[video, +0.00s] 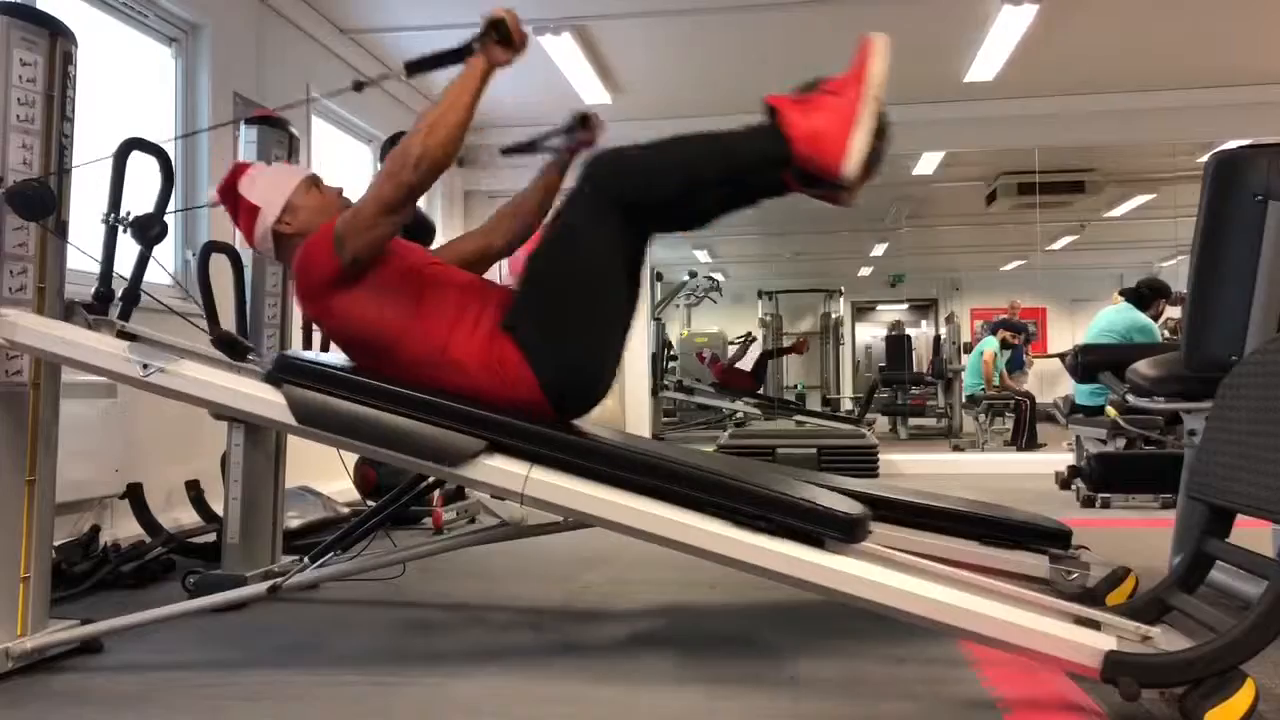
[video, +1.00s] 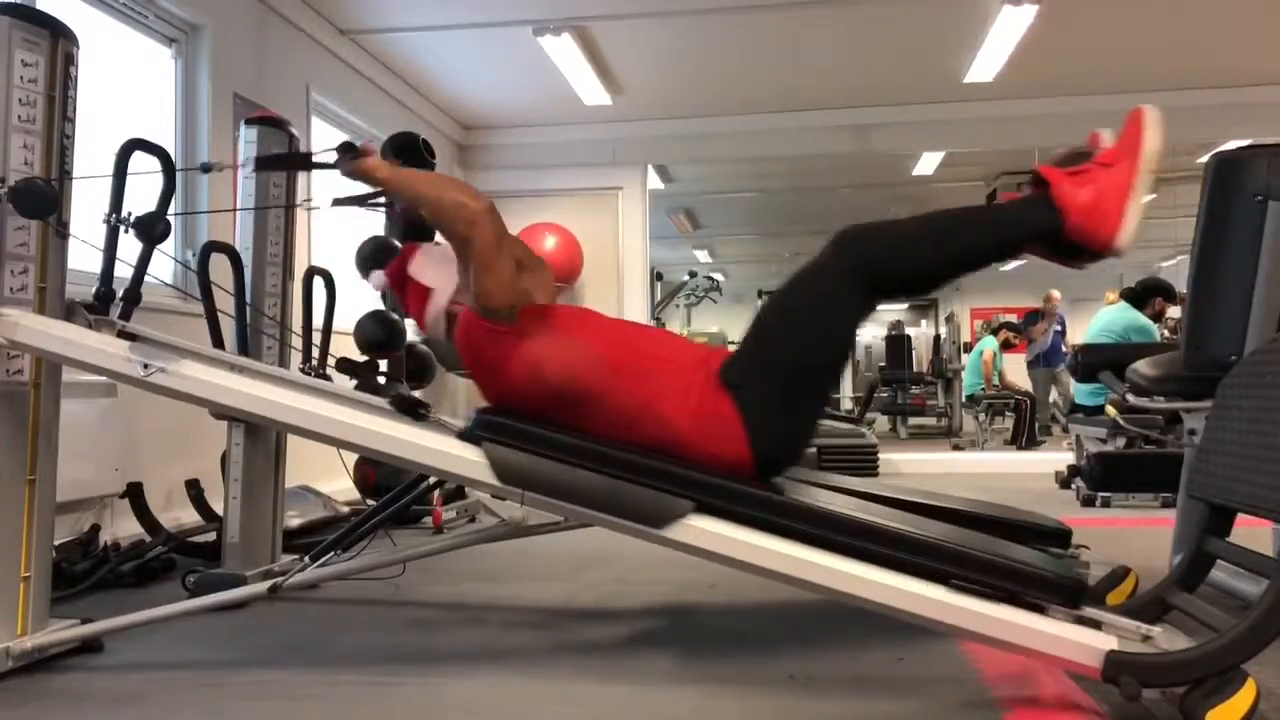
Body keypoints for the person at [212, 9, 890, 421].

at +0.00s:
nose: (329, 186)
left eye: (318, 179)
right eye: (309, 186)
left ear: (301, 216)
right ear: (287, 220)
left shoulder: (366, 273)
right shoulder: (322, 264)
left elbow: (492, 240)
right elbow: (412, 171)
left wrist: (563, 160)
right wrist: (485, 61)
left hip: (542, 355)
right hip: (540, 368)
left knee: (613, 192)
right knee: (609, 185)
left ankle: (798, 147)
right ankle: (801, 145)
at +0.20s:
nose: (392, 205)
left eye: (380, 200)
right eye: (373, 208)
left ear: (372, 239)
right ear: (354, 246)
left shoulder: (449, 294)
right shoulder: (394, 302)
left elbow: (525, 218)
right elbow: (443, 170)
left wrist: (508, 122)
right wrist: (437, 66)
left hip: (622, 370)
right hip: (617, 390)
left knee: (723, 222)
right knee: (721, 225)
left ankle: (925, 191)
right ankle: (928, 195)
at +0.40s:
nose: (429, 242)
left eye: (417, 239)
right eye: (416, 240)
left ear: (421, 273)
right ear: (411, 268)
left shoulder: (488, 315)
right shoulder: (465, 310)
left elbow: (538, 244)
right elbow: (464, 198)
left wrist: (452, 163)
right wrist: (401, 129)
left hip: (706, 400)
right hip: (710, 415)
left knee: (822, 249)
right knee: (821, 248)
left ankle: (1028, 204)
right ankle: (1035, 206)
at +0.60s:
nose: (520, 264)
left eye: (507, 259)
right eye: (503, 264)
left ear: (476, 311)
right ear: (487, 302)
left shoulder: (539, 349)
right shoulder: (523, 349)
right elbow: (448, 232)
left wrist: (425, 240)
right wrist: (358, 195)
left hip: (769, 414)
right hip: (780, 435)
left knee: (891, 263)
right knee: (892, 267)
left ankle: (1091, 202)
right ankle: (1102, 209)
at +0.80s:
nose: (529, 252)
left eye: (523, 250)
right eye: (517, 251)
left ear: (480, 308)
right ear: (497, 287)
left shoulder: (545, 338)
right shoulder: (521, 334)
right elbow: (438, 239)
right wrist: (345, 217)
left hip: (778, 421)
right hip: (794, 437)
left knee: (906, 271)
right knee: (910, 276)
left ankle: (1113, 213)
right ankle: (1124, 223)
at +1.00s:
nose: (479, 252)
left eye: (441, 248)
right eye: (452, 249)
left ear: (424, 293)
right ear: (440, 274)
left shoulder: (500, 326)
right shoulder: (491, 324)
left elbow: (559, 248)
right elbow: (470, 214)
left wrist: (452, 240)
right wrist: (395, 176)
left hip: (731, 411)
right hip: (739, 428)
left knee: (851, 255)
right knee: (850, 258)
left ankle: (1055, 207)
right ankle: (1064, 211)